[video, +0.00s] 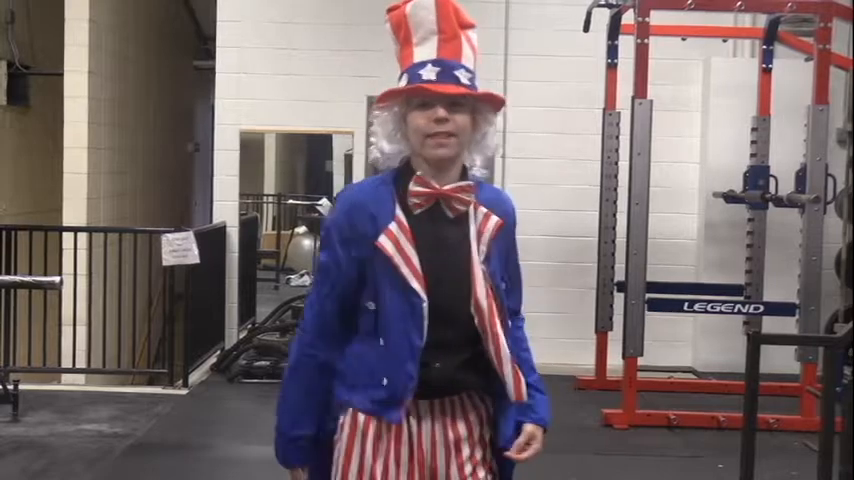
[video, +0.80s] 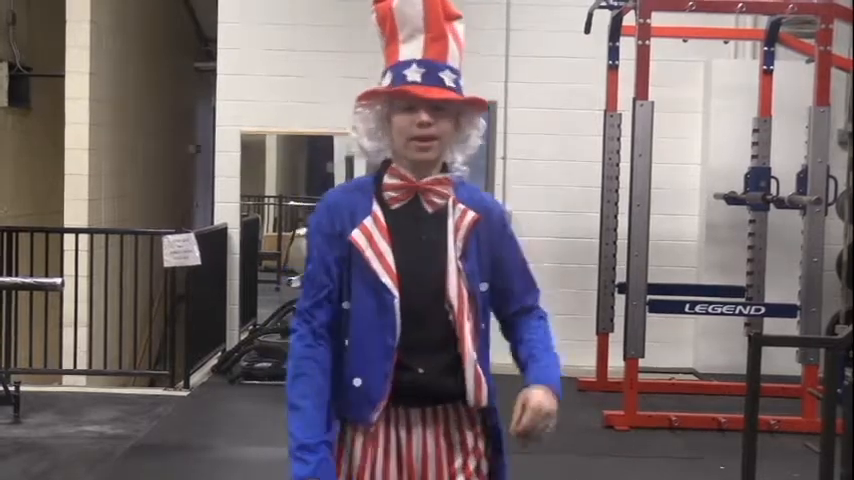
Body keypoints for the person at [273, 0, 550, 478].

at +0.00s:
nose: (441, 117)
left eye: (455, 105)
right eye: (425, 105)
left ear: (475, 121)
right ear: (404, 121)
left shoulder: (496, 209)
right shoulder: (360, 207)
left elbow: (510, 320)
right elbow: (322, 328)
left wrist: (531, 406)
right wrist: (298, 440)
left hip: (466, 422)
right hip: (376, 424)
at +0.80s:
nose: (424, 123)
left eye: (439, 110)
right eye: (408, 109)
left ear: (459, 124)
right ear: (385, 122)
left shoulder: (486, 216)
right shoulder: (342, 212)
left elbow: (525, 311)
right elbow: (314, 335)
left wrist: (545, 382)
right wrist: (312, 461)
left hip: (460, 431)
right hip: (370, 432)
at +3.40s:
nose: (399, 107)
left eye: (418, 98)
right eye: (387, 95)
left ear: (442, 121)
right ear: (366, 111)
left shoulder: (459, 211)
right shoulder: (319, 203)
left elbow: (521, 291)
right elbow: (275, 337)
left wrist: (474, 191)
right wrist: (255, 464)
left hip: (430, 438)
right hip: (334, 438)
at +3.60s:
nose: (406, 106)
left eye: (425, 98)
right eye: (394, 94)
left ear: (448, 121)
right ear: (373, 110)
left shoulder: (468, 209)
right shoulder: (327, 207)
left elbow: (533, 285)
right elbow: (293, 344)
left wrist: (479, 183)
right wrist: (285, 465)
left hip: (446, 435)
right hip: (350, 437)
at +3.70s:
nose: (409, 106)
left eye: (428, 98)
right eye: (396, 94)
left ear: (451, 120)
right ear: (376, 111)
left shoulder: (470, 209)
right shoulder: (330, 207)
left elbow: (535, 285)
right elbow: (296, 343)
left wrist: (481, 183)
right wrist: (290, 465)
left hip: (450, 435)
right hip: (354, 438)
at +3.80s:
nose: (411, 106)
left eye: (430, 98)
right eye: (398, 94)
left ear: (452, 121)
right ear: (377, 112)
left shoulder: (473, 208)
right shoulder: (332, 207)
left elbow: (539, 285)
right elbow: (298, 344)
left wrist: (485, 182)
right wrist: (291, 465)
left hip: (452, 436)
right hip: (356, 439)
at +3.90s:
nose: (413, 106)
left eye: (431, 99)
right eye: (400, 95)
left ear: (454, 120)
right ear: (380, 112)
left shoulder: (475, 209)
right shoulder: (334, 207)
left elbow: (541, 285)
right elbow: (298, 343)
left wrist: (486, 183)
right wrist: (287, 466)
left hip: (454, 438)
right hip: (357, 440)